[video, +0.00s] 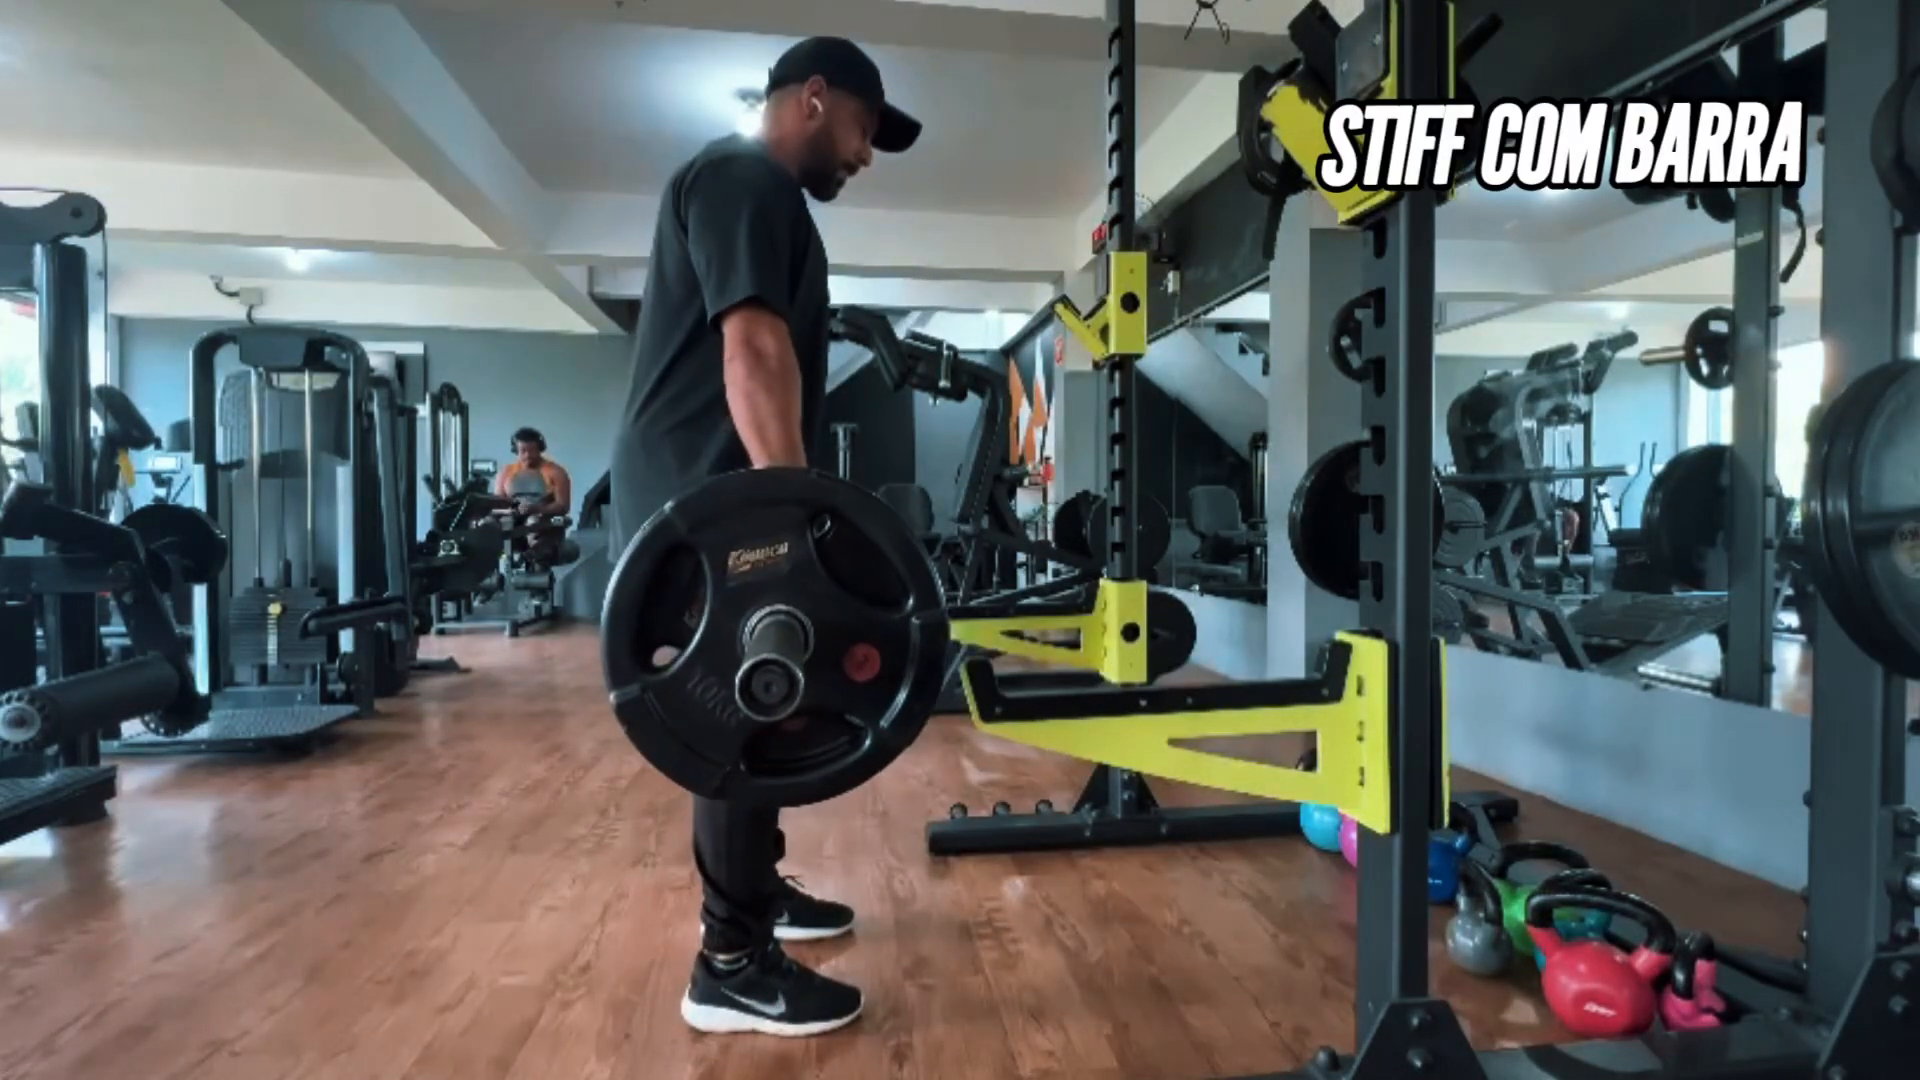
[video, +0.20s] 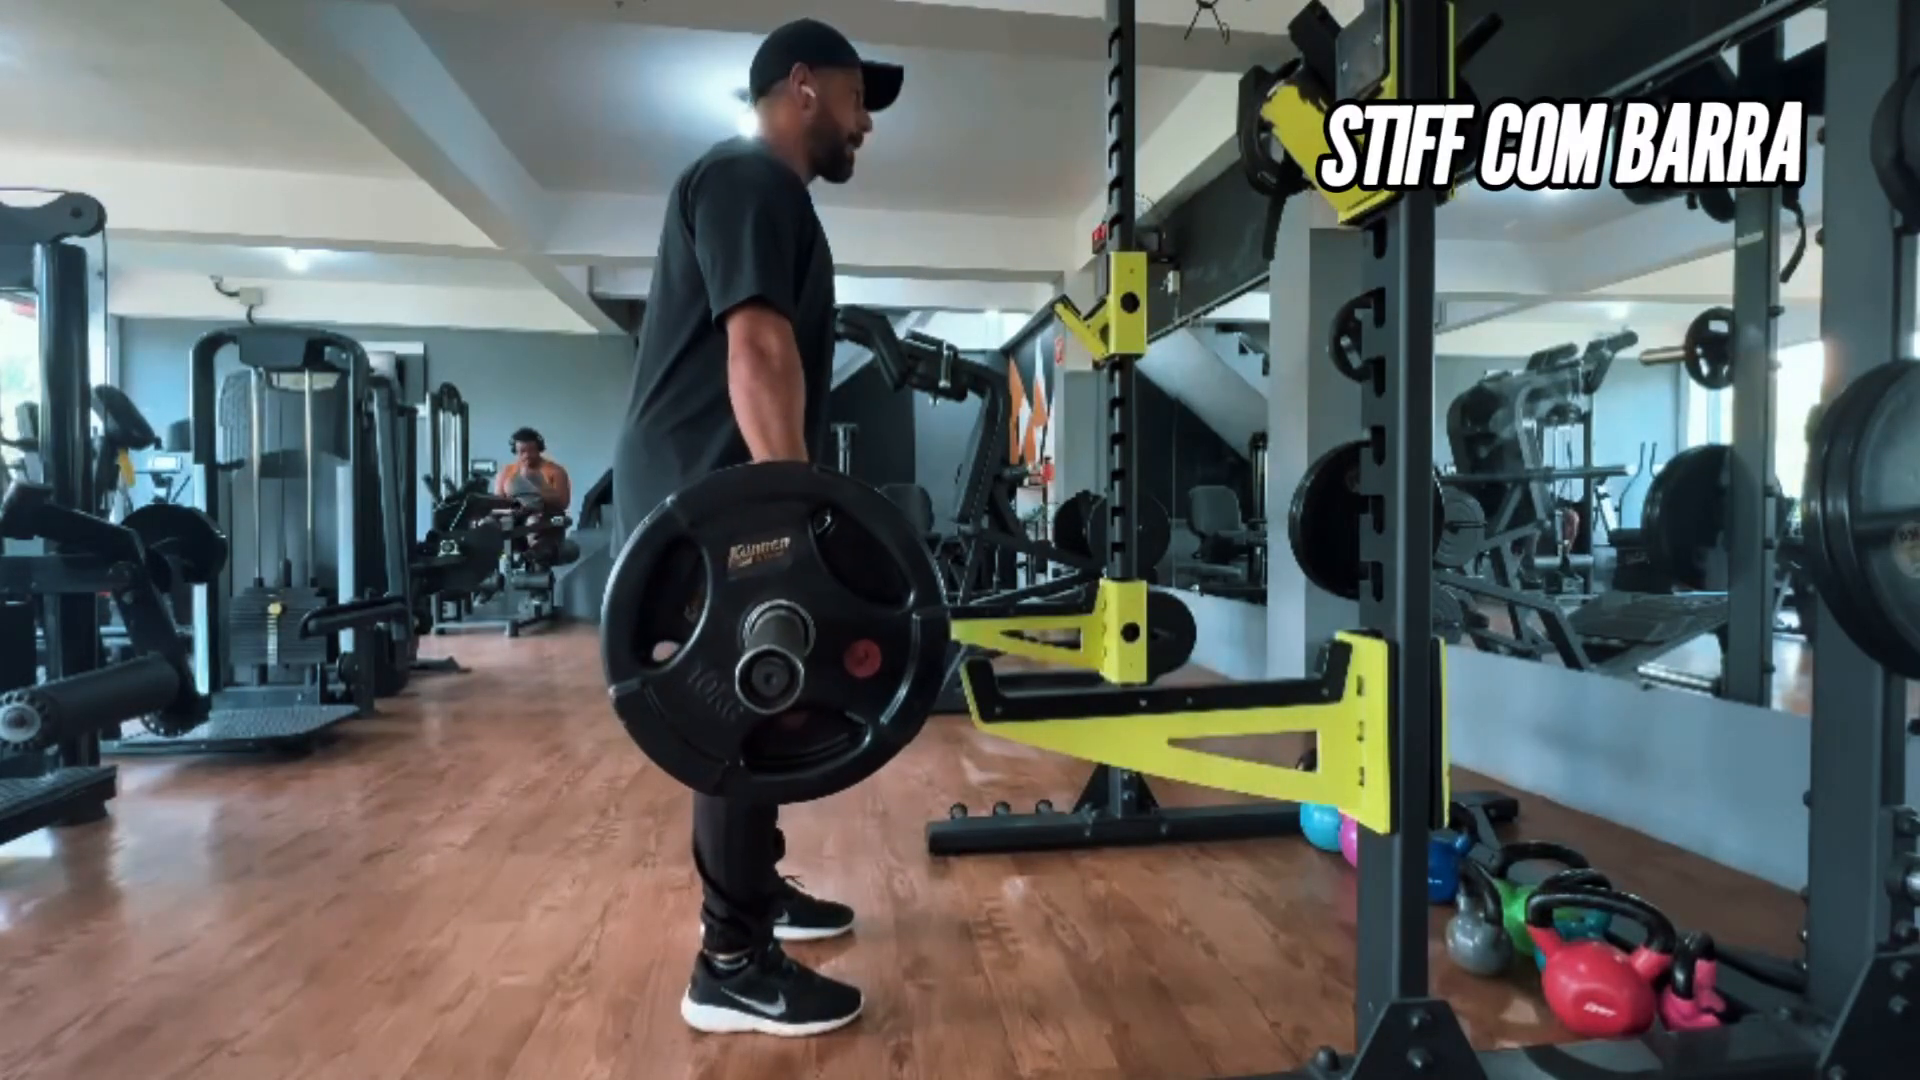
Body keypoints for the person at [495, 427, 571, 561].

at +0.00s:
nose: (528, 456)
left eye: (532, 451)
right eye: (523, 451)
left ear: (540, 450)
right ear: (517, 452)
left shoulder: (556, 473)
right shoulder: (507, 472)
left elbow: (562, 505)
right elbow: (499, 501)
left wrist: (535, 510)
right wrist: (513, 509)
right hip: (513, 528)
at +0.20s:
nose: (527, 456)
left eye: (531, 451)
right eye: (522, 452)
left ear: (539, 450)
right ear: (516, 452)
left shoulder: (555, 472)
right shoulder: (507, 472)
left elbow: (562, 502)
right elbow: (500, 500)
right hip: (515, 523)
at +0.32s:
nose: (527, 456)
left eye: (531, 450)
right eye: (522, 451)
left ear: (539, 450)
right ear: (516, 452)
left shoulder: (555, 470)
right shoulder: (506, 473)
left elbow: (560, 499)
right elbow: (500, 501)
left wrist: (534, 475)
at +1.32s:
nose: (527, 450)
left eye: (534, 446)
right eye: (524, 445)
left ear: (542, 449)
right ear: (517, 447)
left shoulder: (548, 471)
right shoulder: (507, 472)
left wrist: (530, 471)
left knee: (533, 522)